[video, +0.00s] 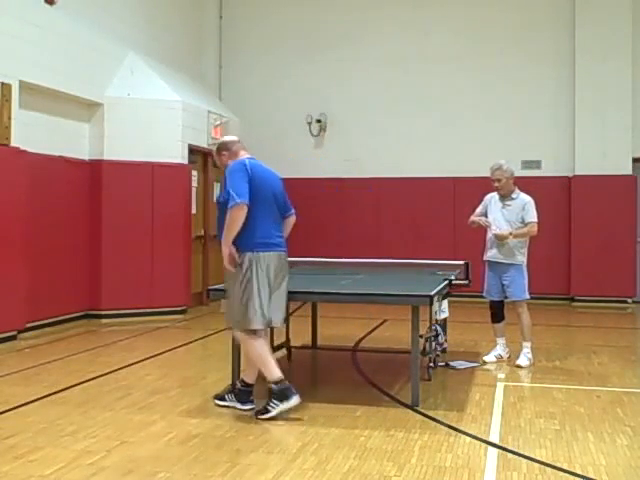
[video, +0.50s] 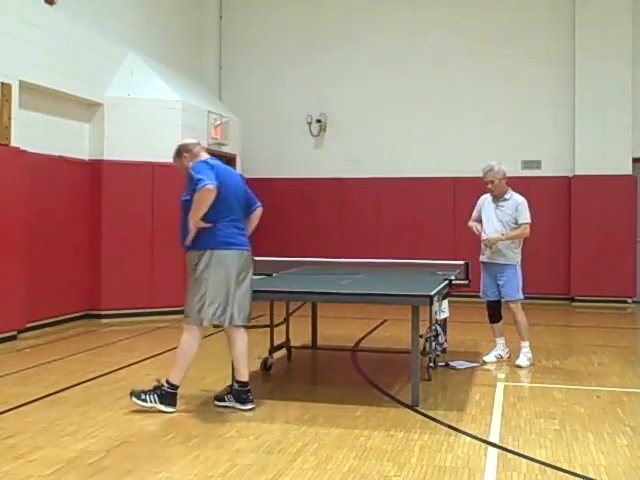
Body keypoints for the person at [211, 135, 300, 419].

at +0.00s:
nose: (222, 166)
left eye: (220, 162)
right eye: (220, 163)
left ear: (224, 155)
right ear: (243, 150)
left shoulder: (236, 167)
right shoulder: (270, 173)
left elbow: (239, 204)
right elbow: (290, 215)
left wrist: (226, 243)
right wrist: (273, 245)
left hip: (252, 255)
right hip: (276, 254)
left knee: (244, 327)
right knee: (259, 328)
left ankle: (281, 390)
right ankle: (244, 391)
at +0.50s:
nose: (183, 170)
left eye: (181, 166)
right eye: (181, 167)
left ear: (187, 157)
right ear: (204, 152)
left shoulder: (199, 165)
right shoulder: (232, 173)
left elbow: (208, 188)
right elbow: (256, 208)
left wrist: (194, 219)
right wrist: (240, 237)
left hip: (213, 251)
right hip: (241, 251)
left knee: (194, 323)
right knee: (235, 322)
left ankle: (168, 390)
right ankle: (241, 390)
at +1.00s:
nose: (136, 167)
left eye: (134, 162)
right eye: (134, 163)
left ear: (140, 153)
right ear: (157, 147)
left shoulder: (154, 166)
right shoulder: (188, 170)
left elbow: (147, 199)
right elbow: (199, 212)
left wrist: (139, 231)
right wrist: (191, 237)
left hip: (165, 248)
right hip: (190, 247)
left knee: (166, 323)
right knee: (175, 320)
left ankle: (163, 392)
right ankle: (189, 373)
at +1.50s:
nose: (86, 178)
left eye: (84, 173)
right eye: (83, 174)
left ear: (92, 162)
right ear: (100, 156)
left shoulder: (111, 169)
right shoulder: (129, 169)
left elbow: (126, 193)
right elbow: (157, 210)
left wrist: (114, 233)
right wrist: (157, 244)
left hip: (137, 251)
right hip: (140, 250)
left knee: (145, 323)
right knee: (117, 319)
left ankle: (162, 393)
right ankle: (101, 386)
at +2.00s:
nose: (47, 173)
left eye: (45, 167)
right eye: (44, 170)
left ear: (54, 155)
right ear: (57, 153)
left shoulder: (76, 163)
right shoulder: (71, 176)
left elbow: (97, 188)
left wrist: (76, 228)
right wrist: (60, 248)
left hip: (89, 247)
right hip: (100, 248)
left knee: (49, 313)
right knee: (90, 320)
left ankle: (66, 386)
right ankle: (95, 389)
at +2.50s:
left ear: (5, 157)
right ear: (6, 157)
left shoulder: (26, 170)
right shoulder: (12, 181)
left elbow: (56, 198)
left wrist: (33, 237)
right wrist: (10, 258)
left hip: (43, 254)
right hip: (26, 257)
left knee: (24, 325)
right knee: (31, 325)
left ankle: (16, 401)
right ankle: (70, 371)